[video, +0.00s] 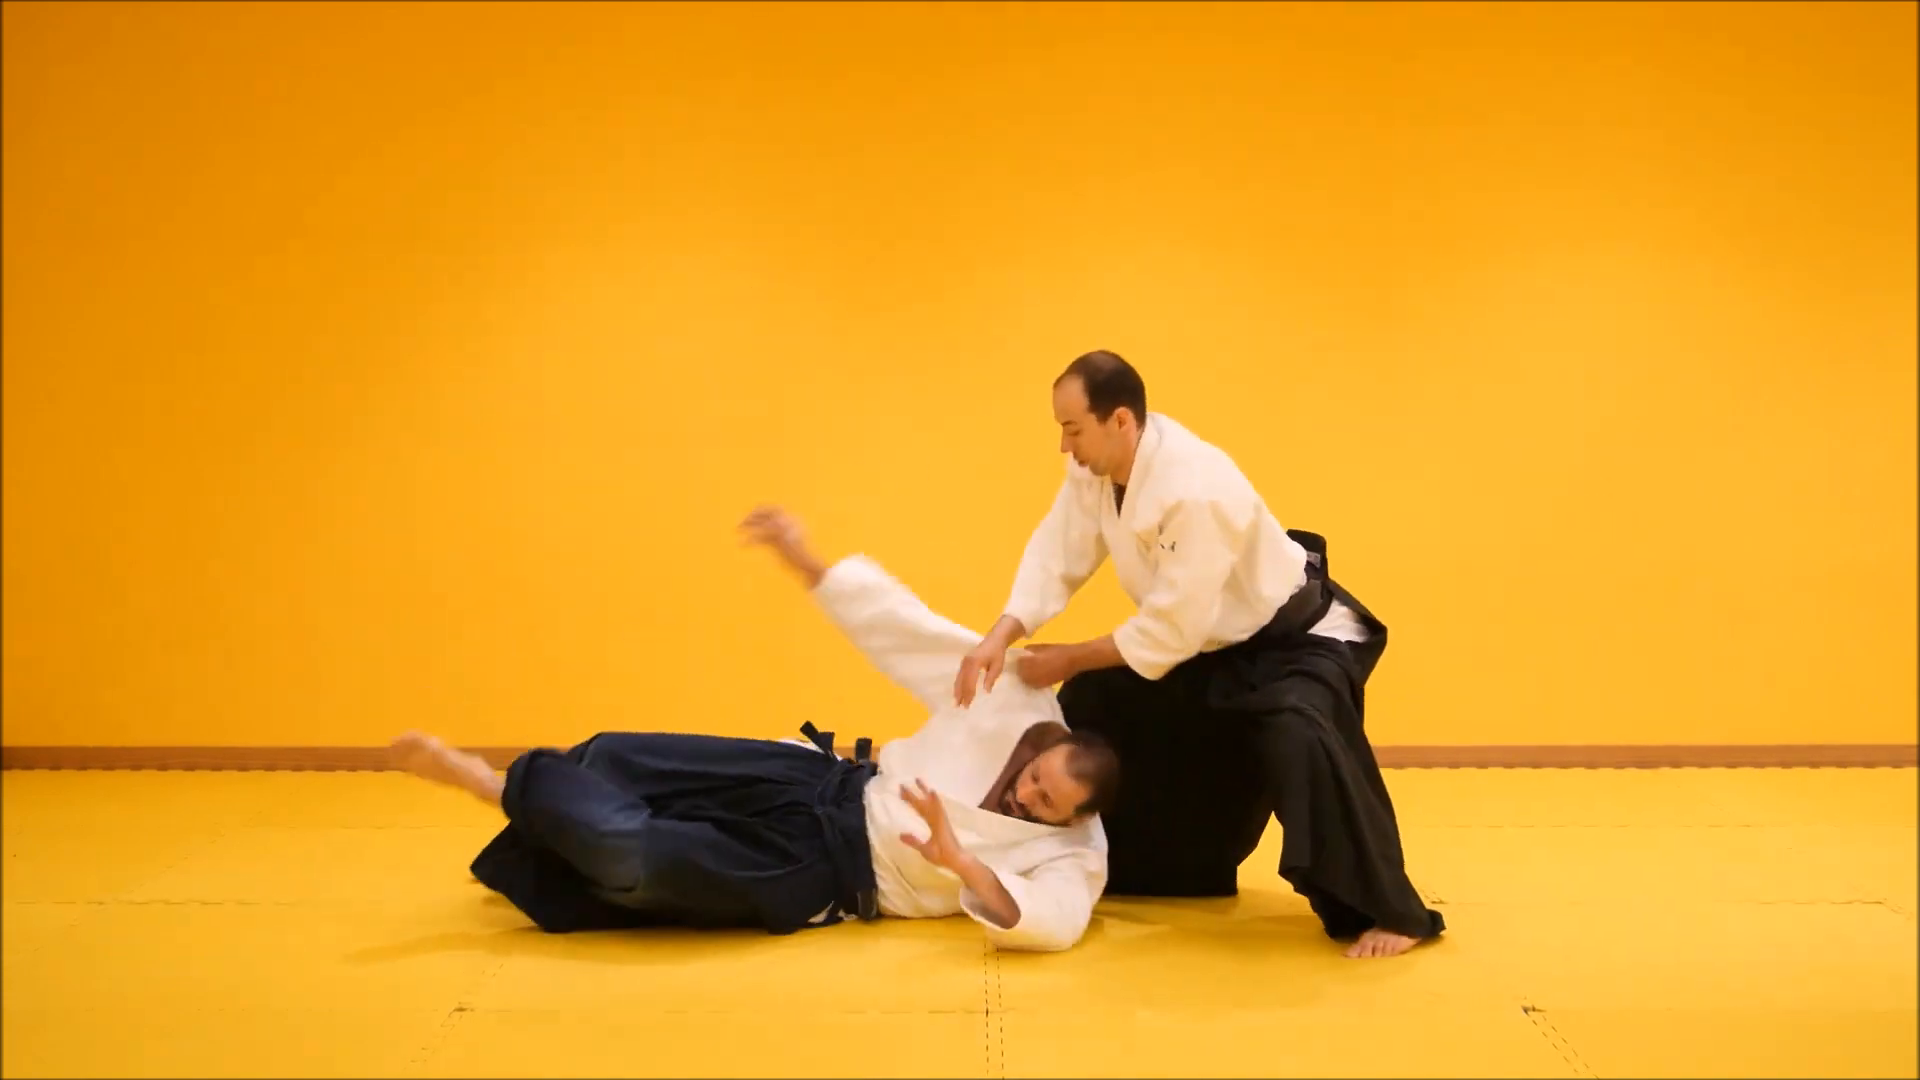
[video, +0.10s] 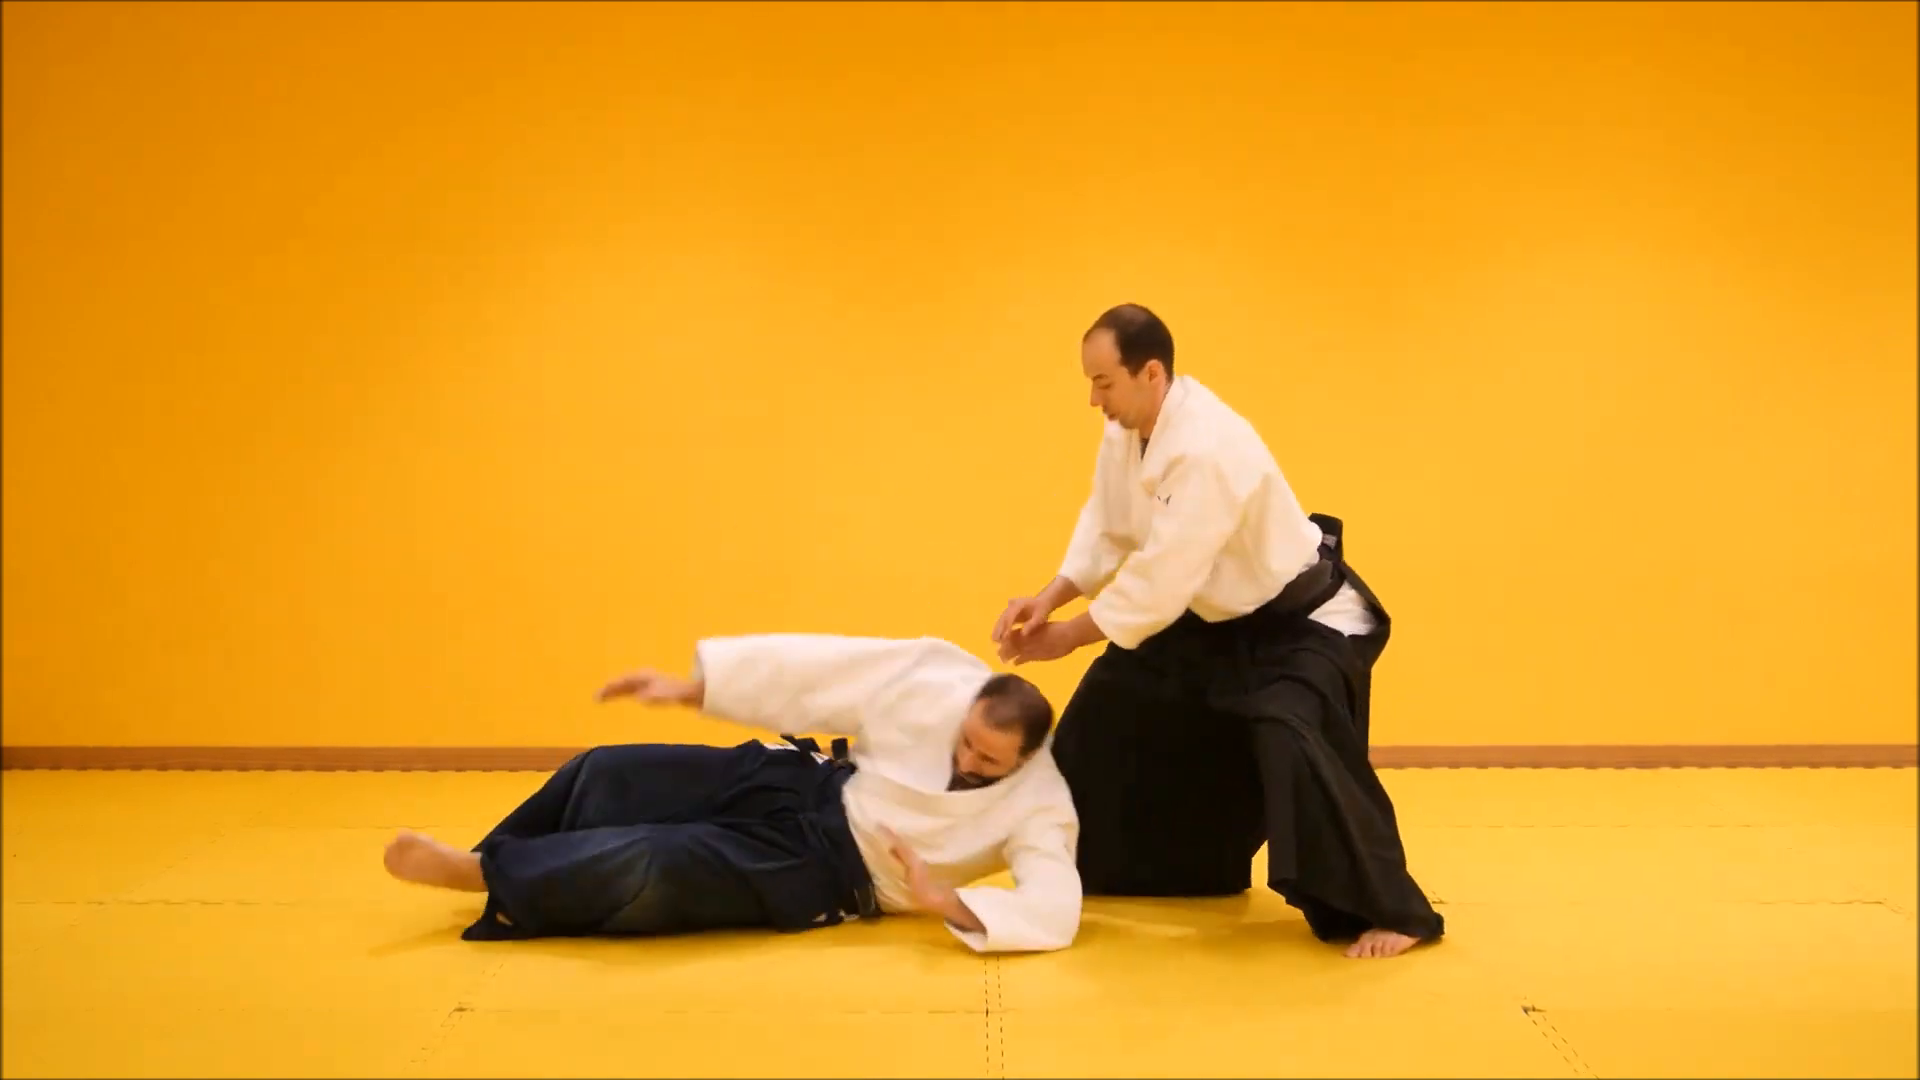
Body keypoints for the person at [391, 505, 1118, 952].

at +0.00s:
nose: (1033, 796)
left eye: (1055, 804)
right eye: (1038, 776)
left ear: (1086, 809)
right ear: (1045, 738)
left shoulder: (1074, 852)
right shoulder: (1004, 693)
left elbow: (1043, 923)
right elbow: (910, 632)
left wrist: (958, 862)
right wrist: (810, 563)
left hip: (824, 874)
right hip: (811, 779)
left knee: (633, 851)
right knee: (606, 762)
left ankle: (501, 781)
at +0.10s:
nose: (968, 764)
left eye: (987, 763)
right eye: (964, 746)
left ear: (1027, 754)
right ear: (965, 708)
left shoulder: (1040, 805)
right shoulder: (937, 677)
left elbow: (1056, 911)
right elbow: (825, 672)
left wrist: (954, 903)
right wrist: (697, 682)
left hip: (820, 868)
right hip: (790, 779)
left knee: (656, 862)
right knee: (603, 775)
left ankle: (484, 868)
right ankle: (501, 894)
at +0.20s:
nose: (896, 725)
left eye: (916, 719)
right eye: (889, 706)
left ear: (955, 705)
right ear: (878, 669)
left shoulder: (996, 764)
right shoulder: (836, 655)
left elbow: (1041, 877)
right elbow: (743, 713)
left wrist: (953, 918)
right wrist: (668, 788)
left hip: (822, 860)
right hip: (766, 777)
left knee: (663, 873)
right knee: (609, 734)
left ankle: (516, 897)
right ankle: (518, 886)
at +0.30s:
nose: (855, 707)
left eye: (874, 694)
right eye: (843, 688)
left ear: (901, 671)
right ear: (818, 653)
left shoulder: (945, 721)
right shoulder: (756, 655)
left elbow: (997, 833)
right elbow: (674, 741)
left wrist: (925, 921)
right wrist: (696, 858)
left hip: (802, 853)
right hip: (733, 780)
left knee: (652, 917)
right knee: (593, 699)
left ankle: (551, 891)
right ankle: (541, 861)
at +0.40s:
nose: (836, 691)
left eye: (848, 674)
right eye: (821, 675)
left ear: (862, 654)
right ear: (776, 648)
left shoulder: (885, 696)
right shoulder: (704, 669)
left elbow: (946, 801)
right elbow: (636, 784)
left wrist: (916, 919)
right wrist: (696, 898)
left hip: (777, 834)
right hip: (698, 778)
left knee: (651, 924)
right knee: (556, 713)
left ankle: (565, 888)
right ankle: (536, 876)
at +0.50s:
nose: (825, 673)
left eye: (834, 657)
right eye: (810, 661)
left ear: (843, 636)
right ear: (760, 639)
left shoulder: (852, 679)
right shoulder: (687, 652)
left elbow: (906, 780)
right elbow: (634, 784)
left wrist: (913, 918)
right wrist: (696, 901)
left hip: (734, 807)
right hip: (650, 746)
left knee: (668, 926)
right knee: (494, 741)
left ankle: (552, 886)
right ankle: (519, 887)